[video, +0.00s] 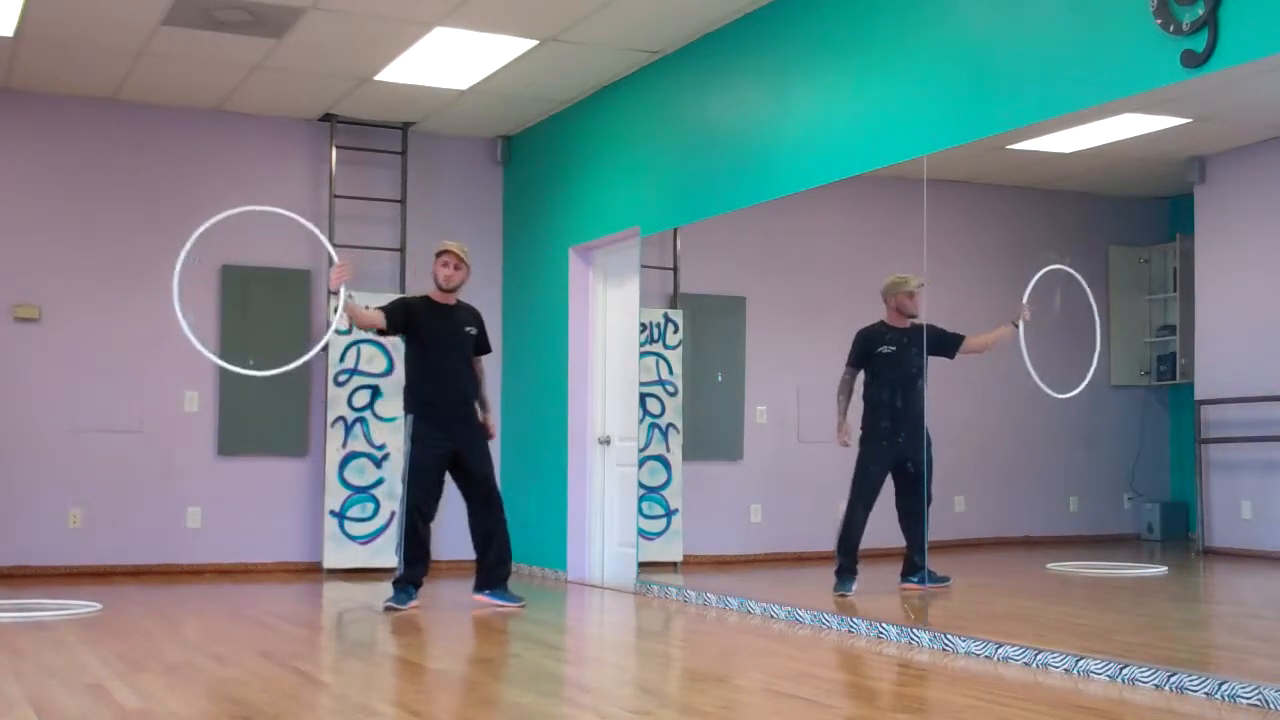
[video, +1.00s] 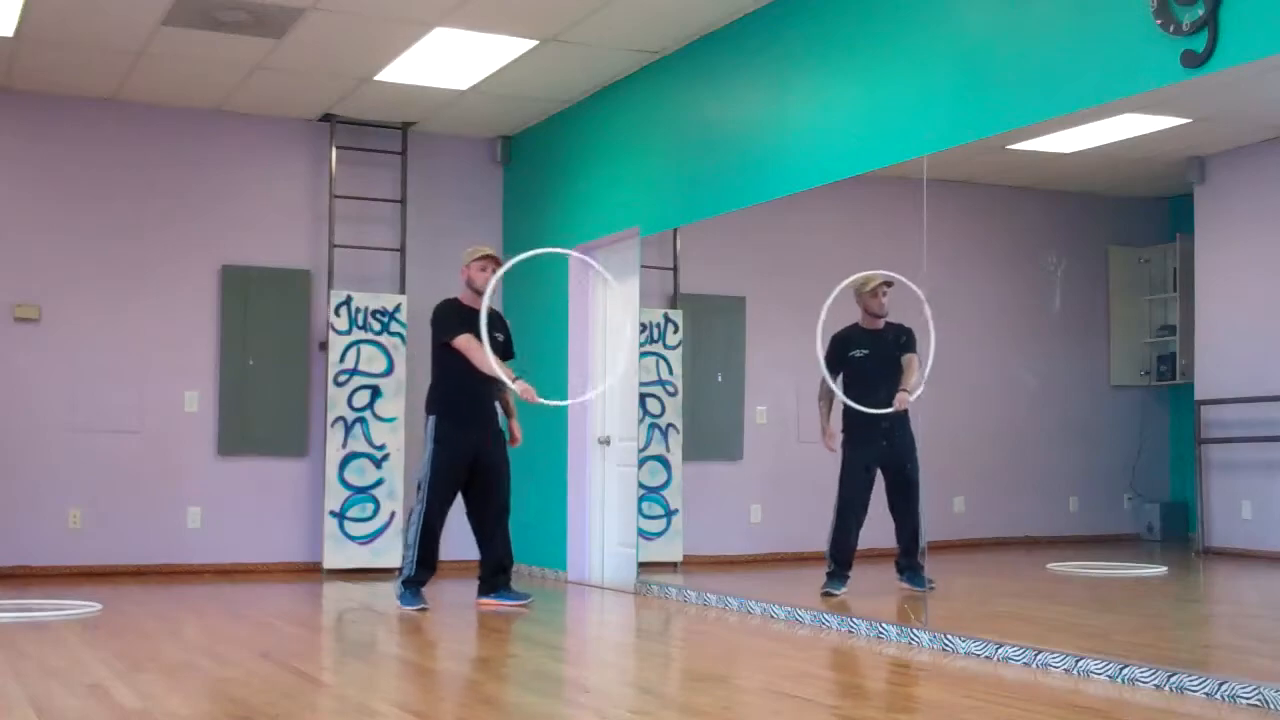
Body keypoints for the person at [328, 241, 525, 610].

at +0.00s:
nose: (449, 270)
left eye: (457, 266)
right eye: (444, 264)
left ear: (465, 275)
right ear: (433, 270)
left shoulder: (470, 316)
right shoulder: (412, 307)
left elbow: (476, 368)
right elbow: (367, 319)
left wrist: (485, 412)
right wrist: (340, 293)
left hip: (467, 423)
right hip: (427, 423)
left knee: (486, 501)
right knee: (418, 505)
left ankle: (491, 584)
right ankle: (407, 585)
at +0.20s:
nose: (450, 272)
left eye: (458, 268)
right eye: (444, 266)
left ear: (466, 277)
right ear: (433, 272)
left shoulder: (473, 317)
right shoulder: (417, 312)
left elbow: (484, 369)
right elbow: (386, 347)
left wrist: (503, 411)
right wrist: (394, 312)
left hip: (466, 426)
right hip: (425, 426)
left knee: (480, 508)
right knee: (415, 509)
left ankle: (488, 586)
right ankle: (406, 586)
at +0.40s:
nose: (441, 274)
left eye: (447, 269)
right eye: (435, 268)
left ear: (457, 276)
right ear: (424, 274)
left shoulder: (472, 315)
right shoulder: (411, 317)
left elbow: (488, 362)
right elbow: (409, 364)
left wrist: (510, 402)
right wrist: (445, 346)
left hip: (471, 428)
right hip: (430, 429)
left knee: (484, 509)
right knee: (418, 511)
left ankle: (493, 587)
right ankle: (406, 587)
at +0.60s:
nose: (459, 273)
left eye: (465, 269)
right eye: (452, 267)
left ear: (472, 276)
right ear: (439, 273)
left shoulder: (484, 316)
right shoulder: (425, 316)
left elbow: (494, 367)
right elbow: (431, 365)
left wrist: (512, 403)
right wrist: (477, 368)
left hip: (475, 425)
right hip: (435, 425)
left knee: (488, 505)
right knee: (421, 505)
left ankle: (497, 586)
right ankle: (407, 585)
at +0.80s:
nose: (475, 275)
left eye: (481, 271)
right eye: (469, 268)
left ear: (486, 279)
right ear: (454, 272)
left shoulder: (486, 320)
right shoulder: (432, 311)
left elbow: (492, 371)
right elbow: (448, 357)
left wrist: (509, 414)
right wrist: (495, 379)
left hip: (473, 423)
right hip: (434, 423)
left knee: (485, 505)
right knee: (419, 505)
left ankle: (495, 586)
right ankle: (405, 585)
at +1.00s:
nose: (488, 276)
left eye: (494, 272)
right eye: (482, 269)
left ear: (497, 280)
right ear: (465, 273)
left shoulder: (496, 321)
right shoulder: (447, 311)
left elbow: (500, 374)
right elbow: (473, 351)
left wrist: (511, 418)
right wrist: (513, 380)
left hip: (487, 420)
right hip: (449, 419)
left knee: (493, 505)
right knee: (432, 503)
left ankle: (494, 585)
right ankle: (411, 584)